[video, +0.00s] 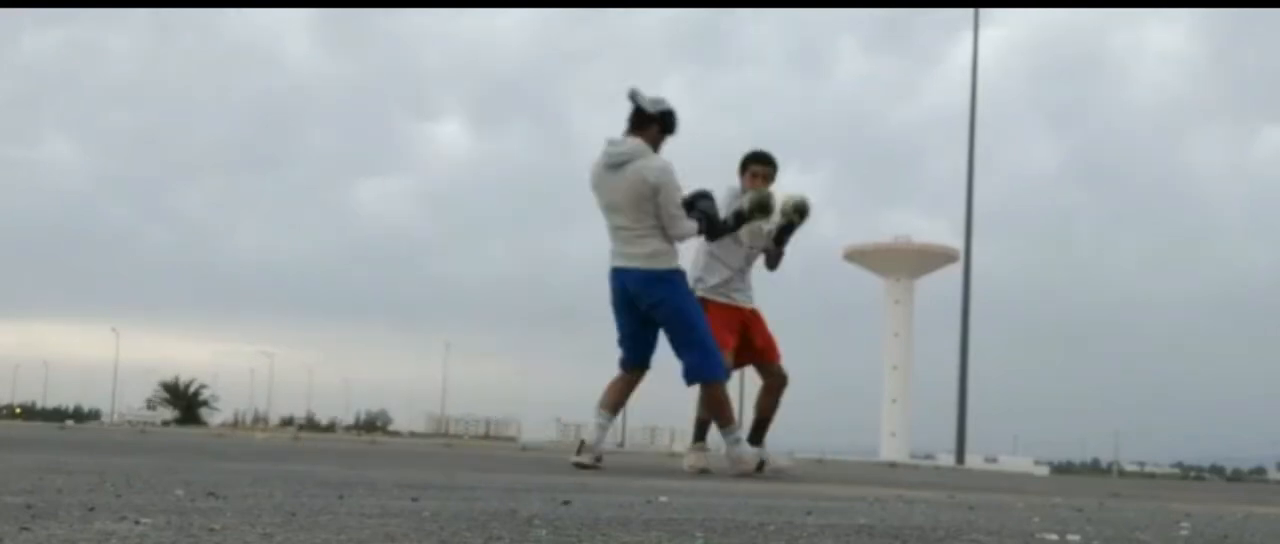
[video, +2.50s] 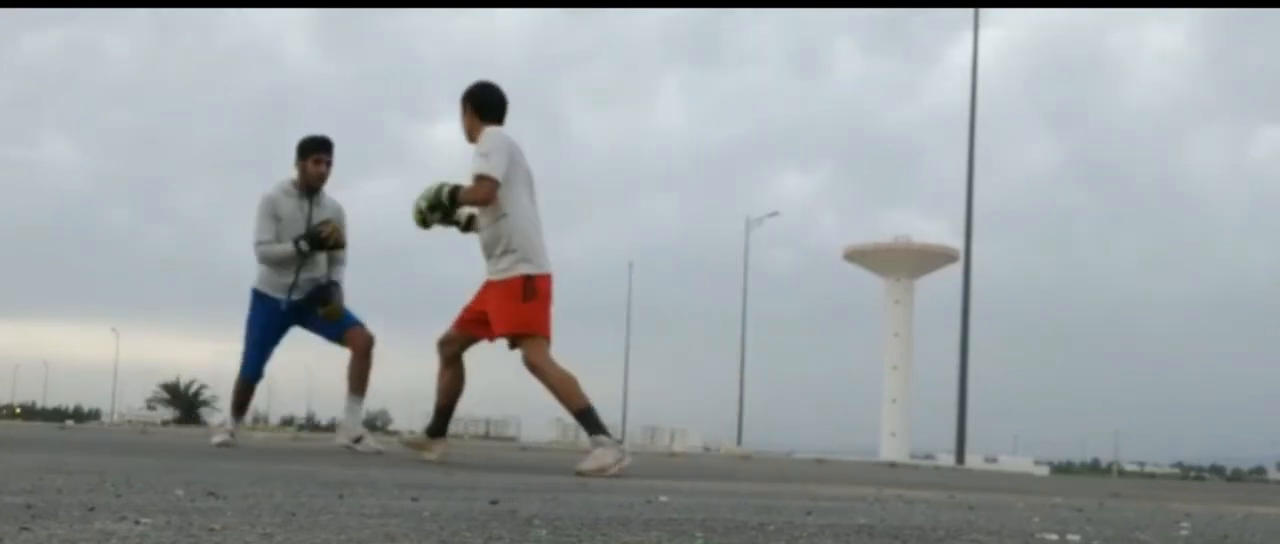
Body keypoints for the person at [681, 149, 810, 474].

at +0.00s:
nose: (759, 183)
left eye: (765, 178)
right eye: (754, 176)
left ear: (773, 183)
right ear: (741, 176)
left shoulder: (770, 212)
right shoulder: (728, 199)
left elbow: (771, 263)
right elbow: (712, 234)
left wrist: (785, 230)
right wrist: (745, 215)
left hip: (743, 300)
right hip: (712, 295)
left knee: (776, 377)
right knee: (718, 369)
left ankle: (754, 448)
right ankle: (698, 445)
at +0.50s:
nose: (754, 169)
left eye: (760, 162)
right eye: (750, 164)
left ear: (779, 165)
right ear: (748, 169)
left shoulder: (808, 209)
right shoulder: (737, 208)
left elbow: (811, 262)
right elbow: (715, 248)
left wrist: (787, 252)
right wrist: (697, 257)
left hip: (790, 312)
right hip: (746, 309)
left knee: (816, 385)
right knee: (726, 362)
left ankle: (825, 457)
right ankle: (710, 448)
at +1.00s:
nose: (627, 142)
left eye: (633, 133)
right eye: (624, 135)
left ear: (656, 133)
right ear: (628, 139)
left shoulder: (693, 178)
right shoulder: (622, 183)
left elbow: (708, 235)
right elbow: (599, 241)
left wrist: (672, 224)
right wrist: (579, 220)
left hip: (678, 298)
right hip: (627, 292)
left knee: (712, 375)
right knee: (581, 350)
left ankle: (747, 449)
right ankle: (561, 444)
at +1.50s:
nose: (543, 135)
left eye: (549, 127)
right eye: (543, 127)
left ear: (572, 130)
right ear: (566, 132)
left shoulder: (613, 183)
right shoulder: (543, 177)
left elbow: (618, 246)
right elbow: (526, 240)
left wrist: (581, 223)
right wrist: (510, 225)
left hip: (587, 301)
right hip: (536, 297)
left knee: (604, 351)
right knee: (462, 345)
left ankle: (642, 445)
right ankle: (447, 435)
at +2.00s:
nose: (474, 129)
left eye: (479, 120)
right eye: (475, 121)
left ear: (498, 122)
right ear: (499, 124)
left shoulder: (544, 161)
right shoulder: (481, 172)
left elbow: (564, 221)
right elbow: (472, 223)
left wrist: (515, 213)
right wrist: (435, 220)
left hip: (552, 284)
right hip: (506, 288)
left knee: (556, 351)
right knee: (448, 354)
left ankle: (605, 446)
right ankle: (423, 440)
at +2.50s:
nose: (461, 122)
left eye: (462, 114)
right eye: (463, 114)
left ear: (471, 112)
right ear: (495, 113)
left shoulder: (496, 140)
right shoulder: (498, 150)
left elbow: (485, 192)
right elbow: (497, 217)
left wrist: (447, 195)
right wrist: (456, 217)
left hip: (523, 274)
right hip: (501, 277)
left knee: (536, 358)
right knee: (449, 346)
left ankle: (604, 443)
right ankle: (434, 438)